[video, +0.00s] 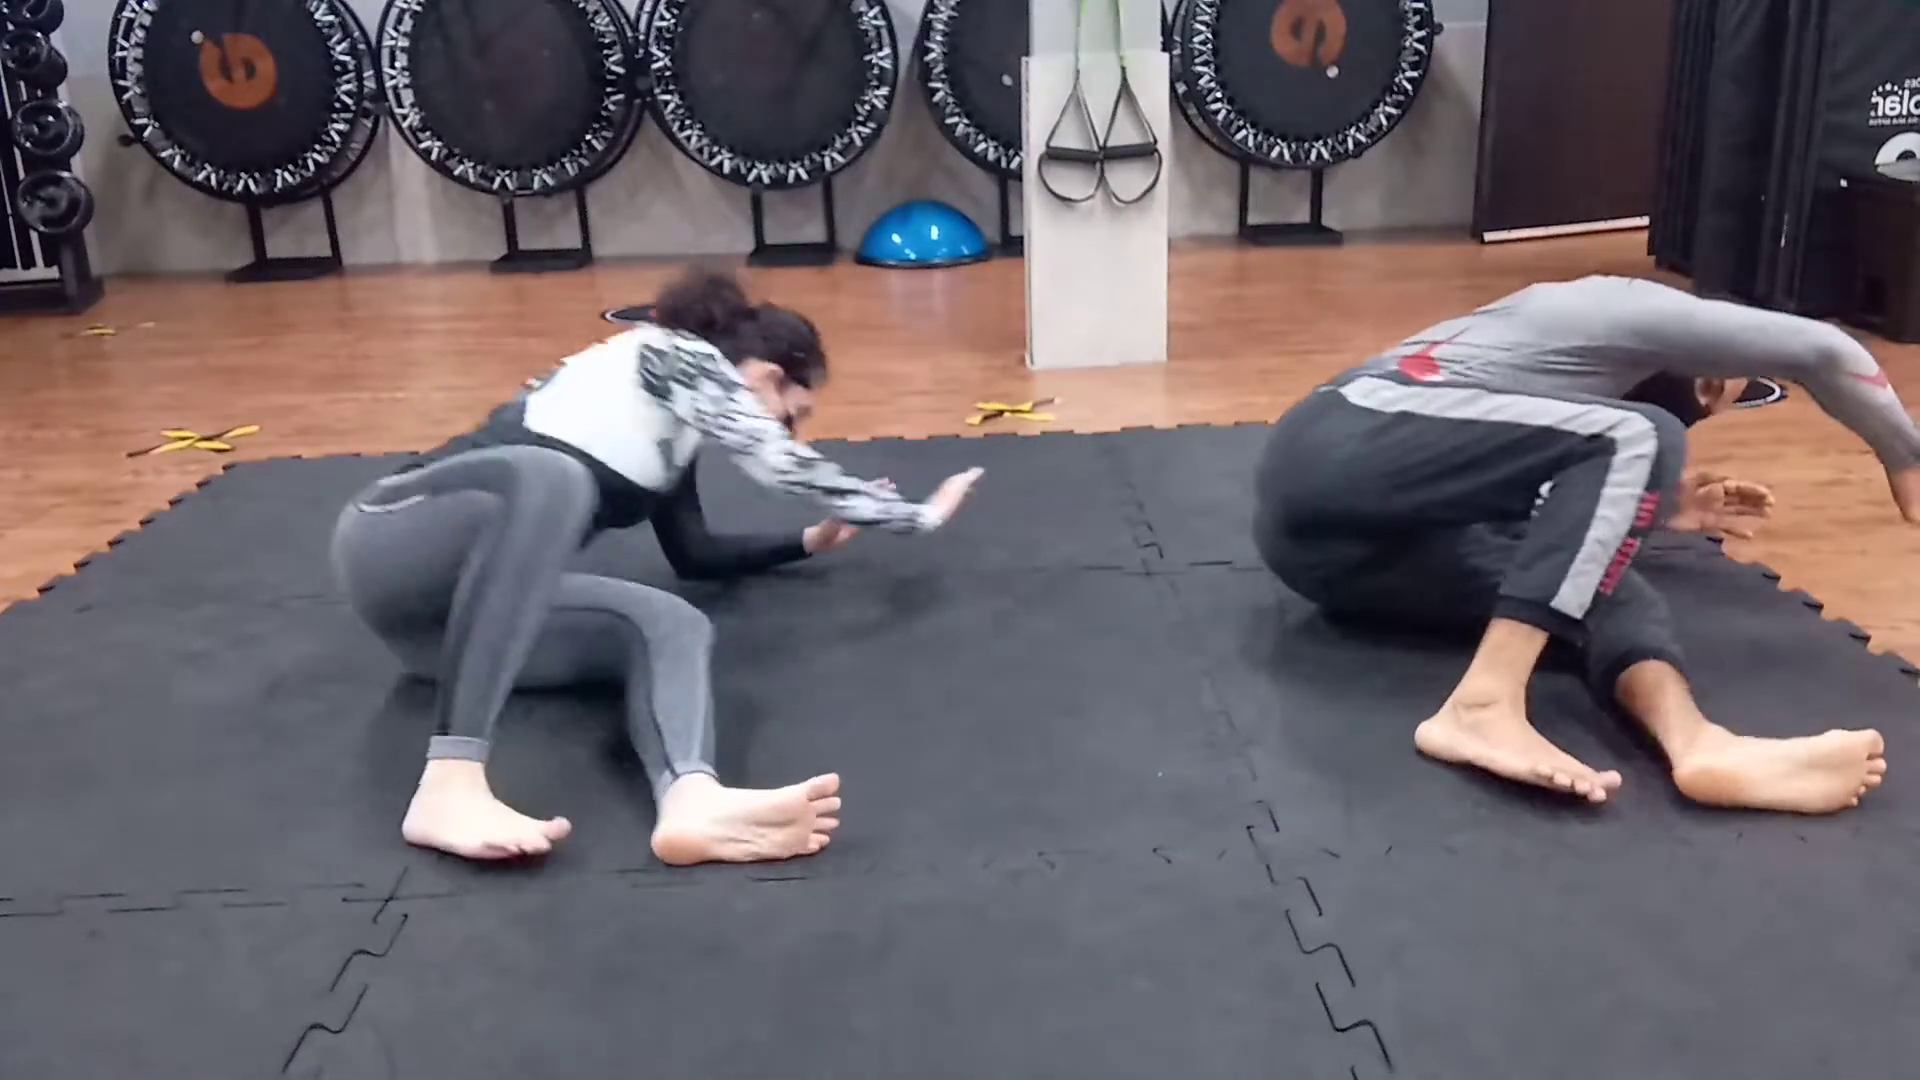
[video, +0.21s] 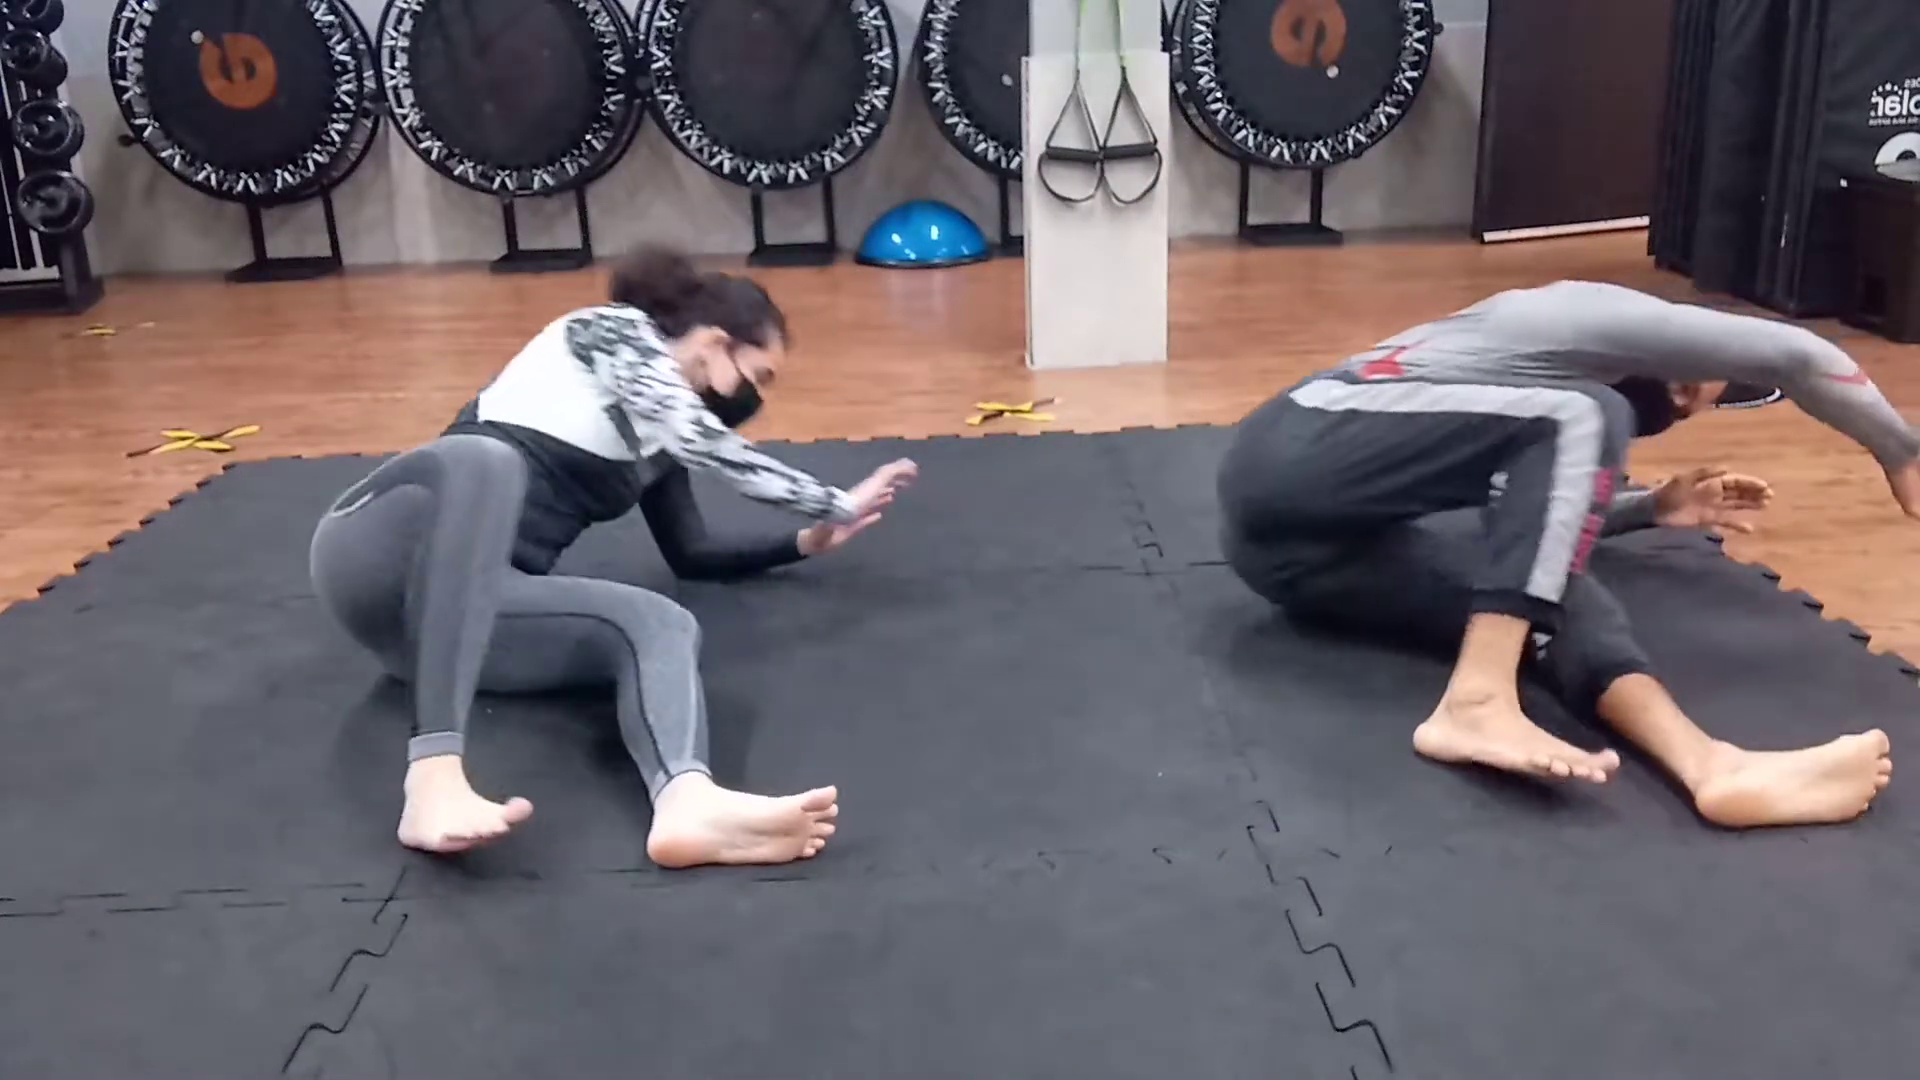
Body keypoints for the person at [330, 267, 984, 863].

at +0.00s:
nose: (783, 430)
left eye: (795, 420)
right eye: (788, 410)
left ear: (750, 377)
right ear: (755, 363)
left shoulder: (663, 424)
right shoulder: (672, 354)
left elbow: (692, 556)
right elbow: (783, 464)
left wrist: (806, 543)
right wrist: (914, 514)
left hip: (465, 622)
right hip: (389, 545)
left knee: (670, 620)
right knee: (554, 480)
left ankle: (689, 796)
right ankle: (452, 779)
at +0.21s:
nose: (745, 397)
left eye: (755, 389)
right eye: (751, 376)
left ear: (711, 359)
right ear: (712, 338)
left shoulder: (659, 425)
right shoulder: (611, 329)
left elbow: (692, 550)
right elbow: (691, 433)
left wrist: (806, 543)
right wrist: (834, 501)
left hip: (480, 605)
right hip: (373, 555)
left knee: (657, 619)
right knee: (485, 463)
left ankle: (684, 795)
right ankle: (435, 770)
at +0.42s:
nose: (730, 360)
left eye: (737, 352)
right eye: (724, 337)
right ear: (660, 308)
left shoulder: (652, 431)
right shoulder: (563, 318)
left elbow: (689, 553)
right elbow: (614, 405)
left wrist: (795, 540)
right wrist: (778, 461)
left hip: (491, 602)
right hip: (384, 557)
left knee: (655, 621)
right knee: (426, 455)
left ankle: (680, 797)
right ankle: (414, 759)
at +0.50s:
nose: (715, 348)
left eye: (724, 338)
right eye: (707, 324)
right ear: (643, 303)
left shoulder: (650, 430)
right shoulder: (551, 314)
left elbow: (688, 552)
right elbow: (593, 393)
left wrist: (792, 536)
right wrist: (750, 444)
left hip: (490, 604)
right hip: (387, 562)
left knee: (653, 624)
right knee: (407, 456)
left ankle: (678, 798)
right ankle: (405, 756)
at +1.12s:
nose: (432, 276)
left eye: (452, 258)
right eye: (414, 266)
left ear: (507, 272)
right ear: (402, 284)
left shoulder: (550, 402)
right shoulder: (370, 355)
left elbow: (613, 560)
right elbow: (251, 465)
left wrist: (603, 510)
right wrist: (234, 438)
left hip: (471, 581)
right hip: (357, 552)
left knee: (559, 627)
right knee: (243, 557)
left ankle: (564, 831)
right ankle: (138, 843)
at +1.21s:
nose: (393, 280)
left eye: (415, 261)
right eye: (377, 272)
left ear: (475, 274)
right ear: (366, 289)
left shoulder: (516, 397)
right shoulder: (340, 362)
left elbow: (602, 532)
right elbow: (232, 478)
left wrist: (567, 477)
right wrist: (213, 447)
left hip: (448, 579)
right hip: (331, 561)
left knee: (526, 613)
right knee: (229, 563)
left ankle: (508, 839)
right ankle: (153, 842)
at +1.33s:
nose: (342, 275)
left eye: (361, 255)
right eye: (328, 266)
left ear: (426, 263)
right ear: (321, 285)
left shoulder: (495, 389)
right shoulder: (302, 370)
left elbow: (574, 501)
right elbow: (206, 496)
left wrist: (508, 442)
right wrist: (180, 459)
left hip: (419, 579)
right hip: (301, 573)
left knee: (482, 600)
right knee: (203, 581)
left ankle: (470, 848)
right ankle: (165, 845)